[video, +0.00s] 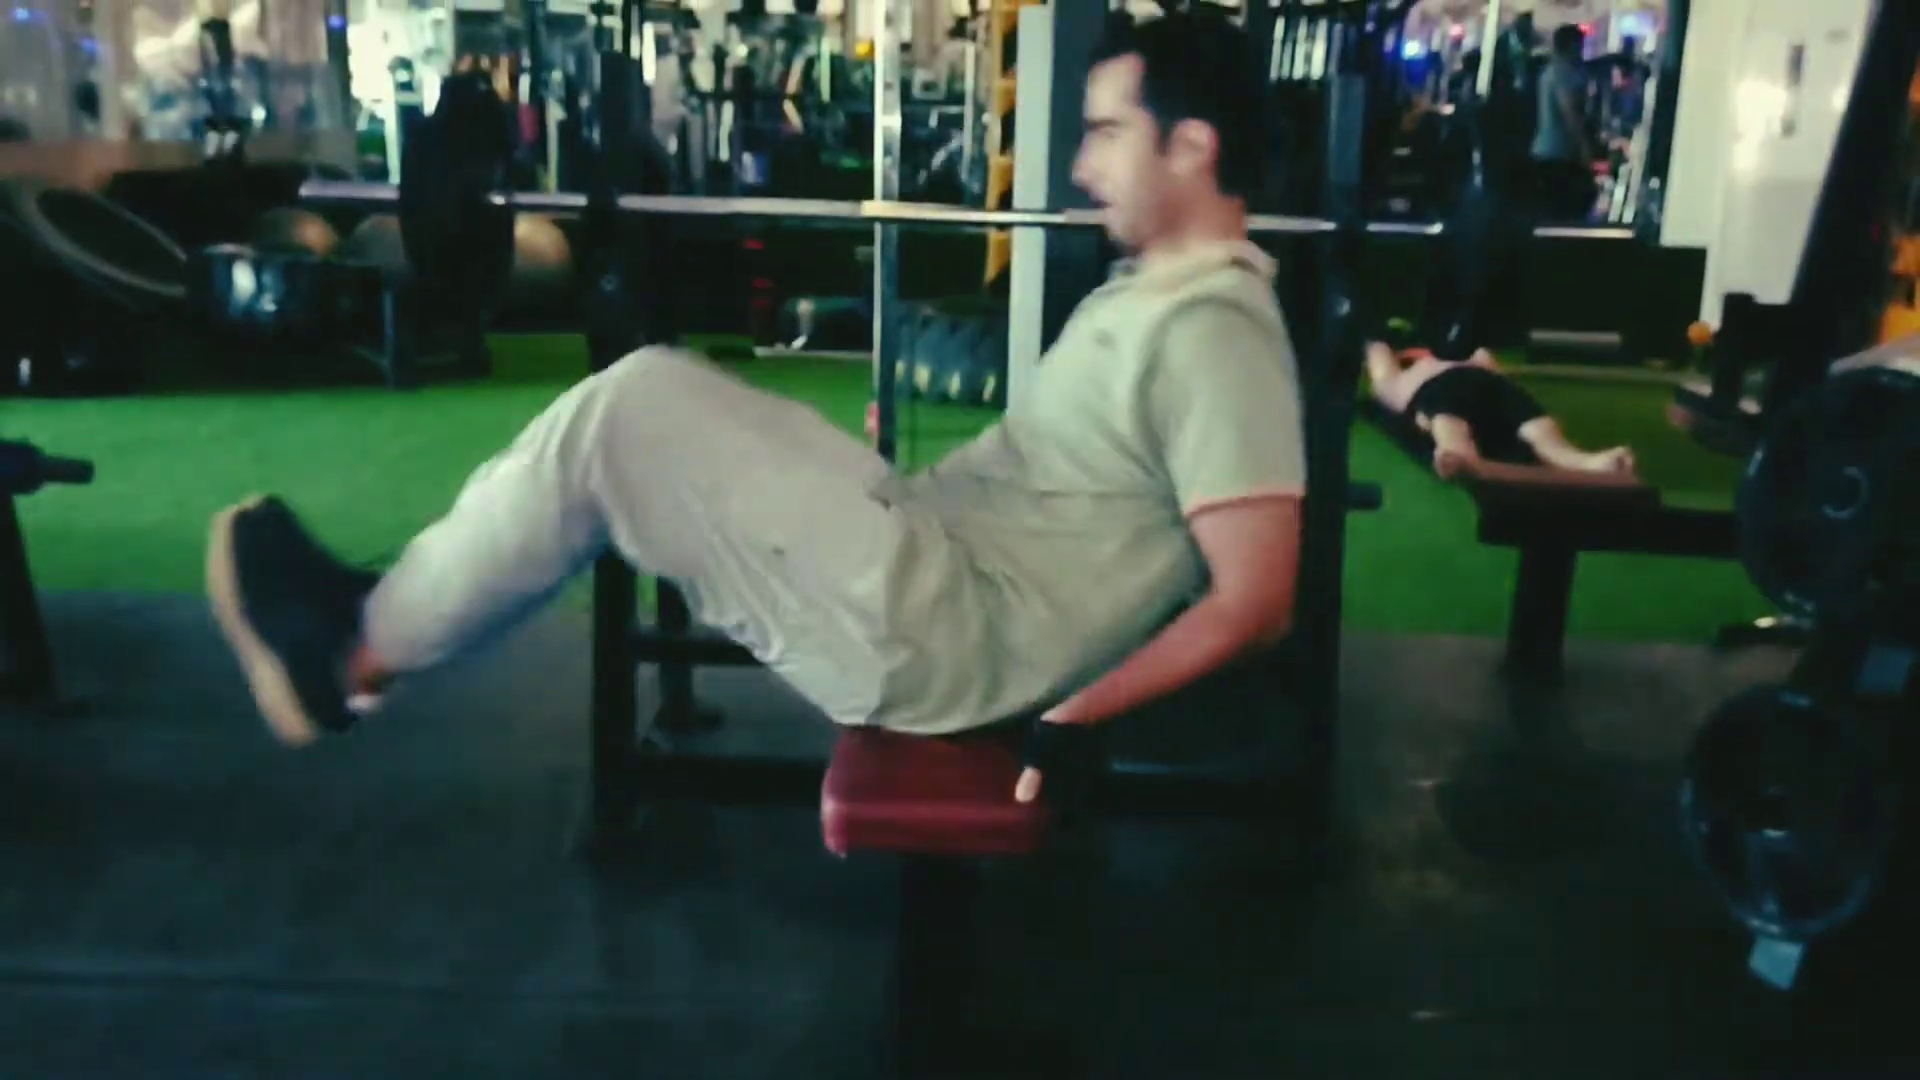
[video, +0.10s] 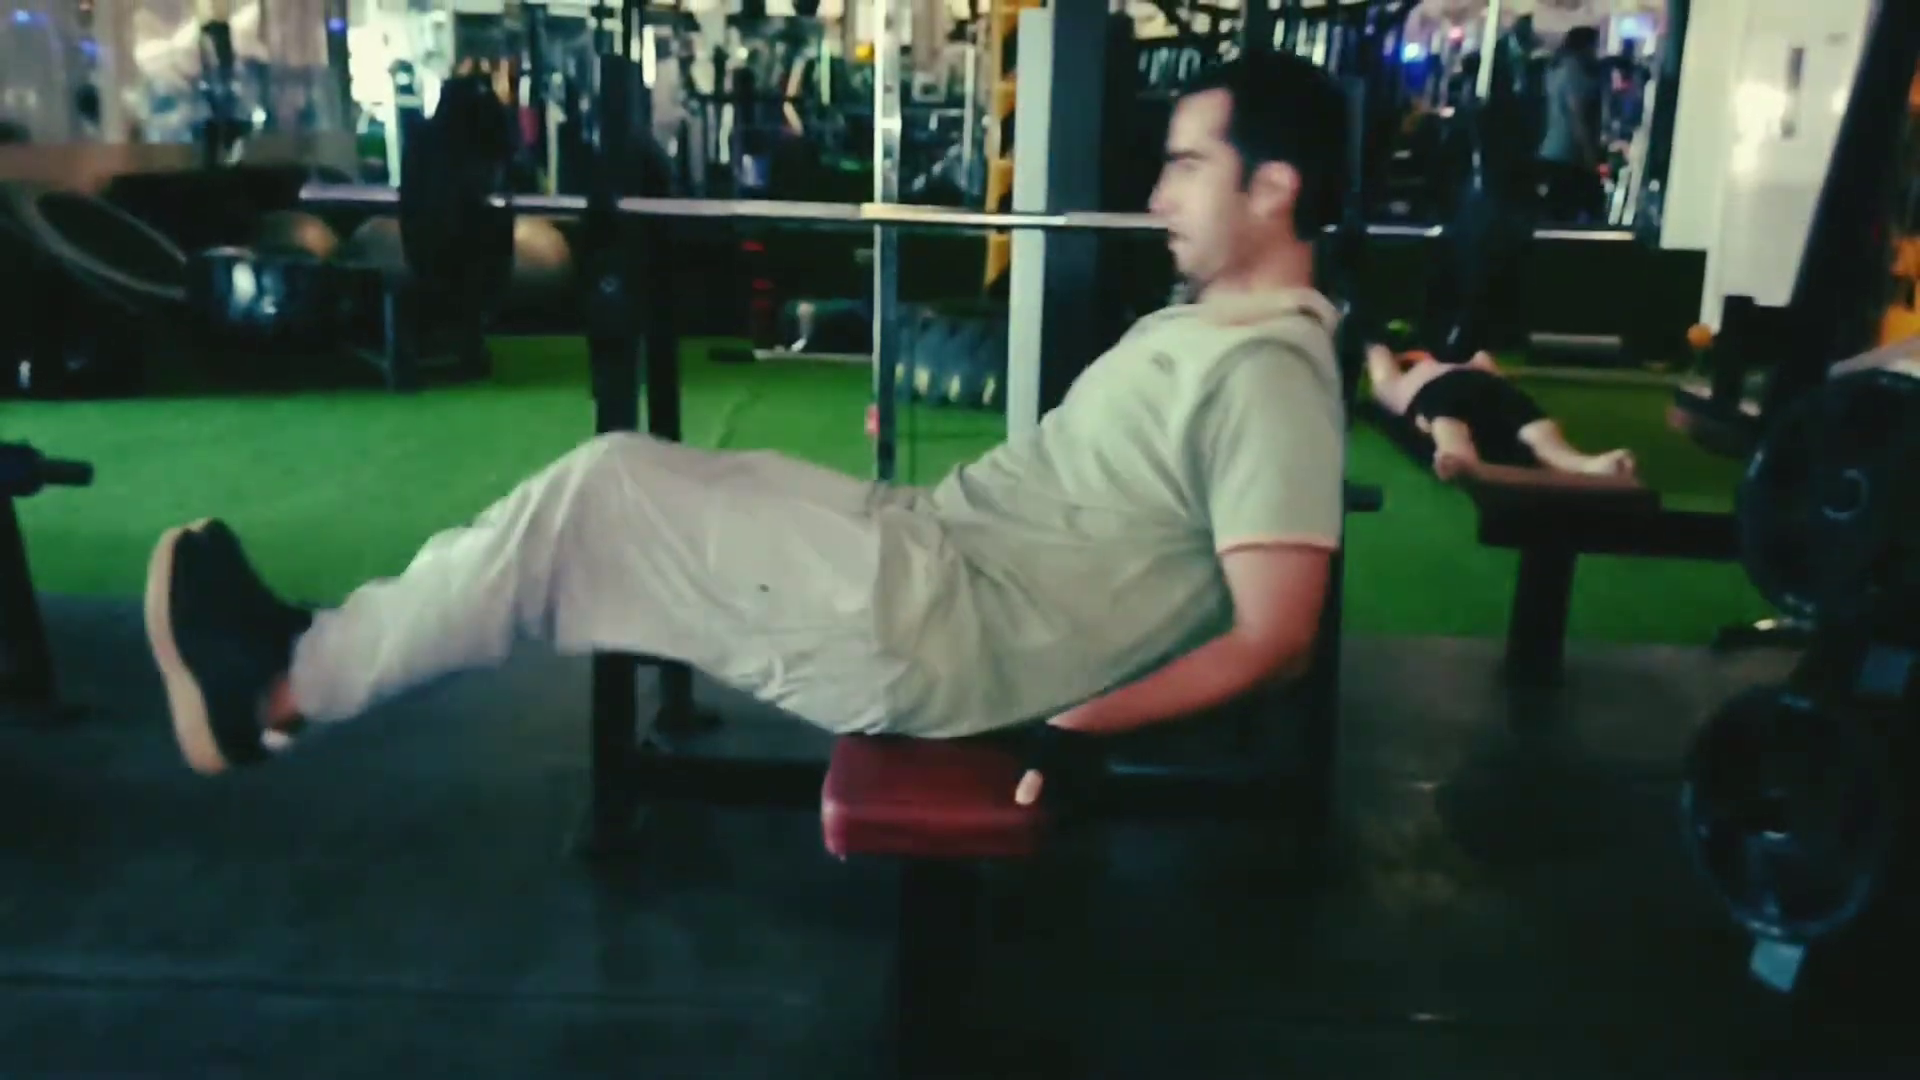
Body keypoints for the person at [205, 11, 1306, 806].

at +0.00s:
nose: (1084, 165)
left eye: (1107, 137)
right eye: (1088, 137)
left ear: (1197, 150)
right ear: (1176, 152)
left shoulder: (1216, 324)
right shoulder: (1159, 294)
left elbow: (1255, 598)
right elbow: (1077, 488)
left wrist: (1058, 716)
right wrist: (909, 493)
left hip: (956, 639)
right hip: (937, 585)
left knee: (634, 410)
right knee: (651, 390)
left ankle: (350, 660)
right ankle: (371, 633)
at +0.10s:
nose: (1163, 192)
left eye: (1193, 165)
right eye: (1169, 164)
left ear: (1283, 195)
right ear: (1254, 195)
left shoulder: (1273, 371)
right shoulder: (1219, 325)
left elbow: (1278, 637)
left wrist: (1075, 723)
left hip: (952, 631)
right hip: (928, 567)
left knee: (602, 500)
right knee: (601, 489)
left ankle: (279, 694)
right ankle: (296, 676)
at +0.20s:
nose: (1201, 208)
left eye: (1231, 182)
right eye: (1211, 179)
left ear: (1317, 219)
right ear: (1299, 216)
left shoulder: (1297, 393)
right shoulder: (1237, 340)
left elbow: (1281, 657)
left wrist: (1067, 728)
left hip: (951, 627)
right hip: (922, 555)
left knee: (596, 542)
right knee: (601, 517)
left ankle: (258, 709)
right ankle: (284, 682)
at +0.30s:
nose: (1185, 197)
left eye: (1214, 171)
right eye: (1193, 169)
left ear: (1302, 204)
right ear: (1285, 202)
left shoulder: (1282, 379)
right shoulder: (1226, 332)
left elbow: (1272, 642)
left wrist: (1071, 724)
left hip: (954, 630)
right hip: (925, 562)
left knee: (603, 510)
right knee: (603, 498)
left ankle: (288, 700)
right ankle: (303, 685)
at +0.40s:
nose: (1118, 161)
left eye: (1144, 135)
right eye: (1126, 134)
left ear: (1232, 159)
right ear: (1218, 162)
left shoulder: (1245, 336)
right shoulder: (1183, 299)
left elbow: (1252, 608)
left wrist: (1057, 717)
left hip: (967, 633)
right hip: (937, 571)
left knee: (645, 431)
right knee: (631, 440)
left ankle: (345, 666)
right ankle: (353, 647)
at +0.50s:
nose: (1014, 142)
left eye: (1036, 113)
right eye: (1016, 112)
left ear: (1125, 128)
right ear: (1110, 129)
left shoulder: (1172, 303)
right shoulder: (1103, 267)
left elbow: (1225, 572)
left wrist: (1047, 736)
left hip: (957, 642)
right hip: (935, 570)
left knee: (697, 356)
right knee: (703, 346)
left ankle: (427, 624)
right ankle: (448, 584)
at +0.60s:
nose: (920, 144)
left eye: (937, 111)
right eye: (918, 113)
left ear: (1022, 117)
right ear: (1015, 121)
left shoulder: (1088, 283)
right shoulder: (1037, 264)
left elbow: (1197, 544)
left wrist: (1043, 726)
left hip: (941, 654)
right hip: (923, 620)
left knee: (765, 307)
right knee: (769, 299)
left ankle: (509, 585)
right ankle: (524, 549)